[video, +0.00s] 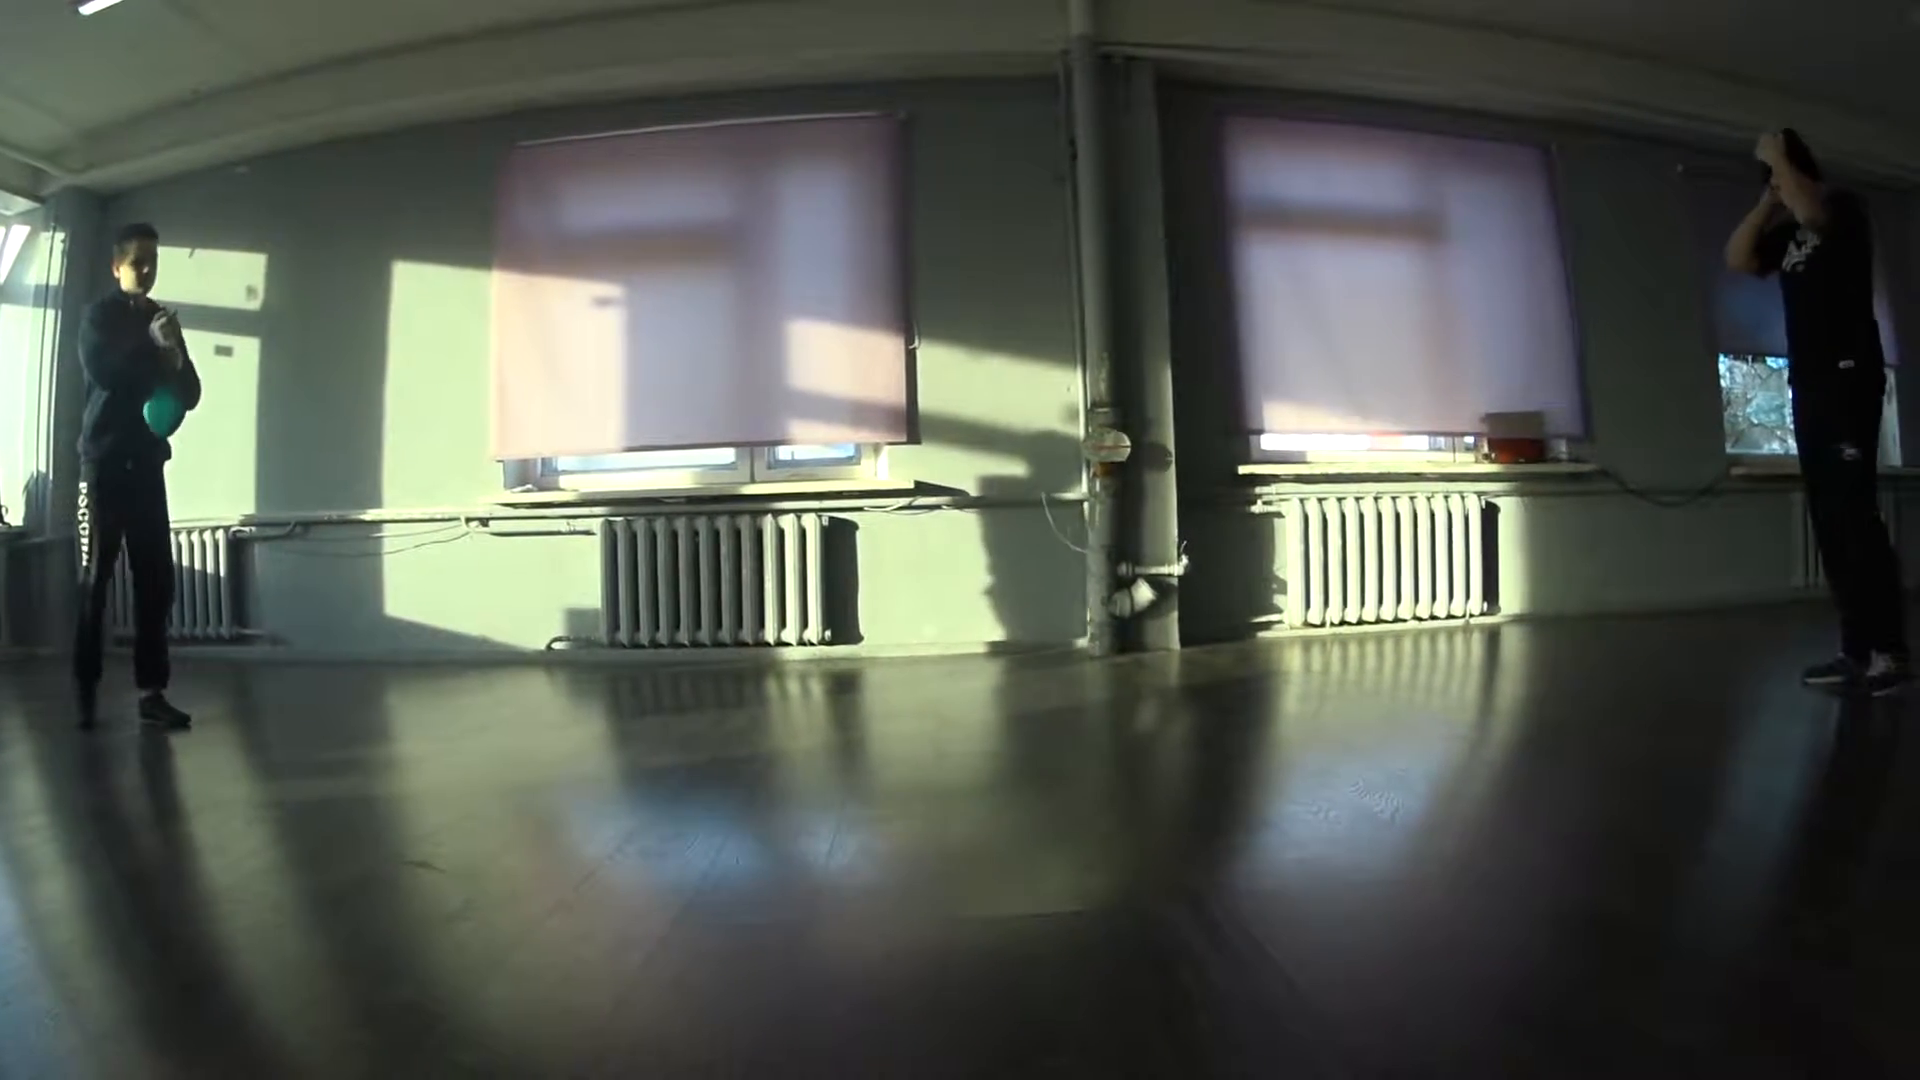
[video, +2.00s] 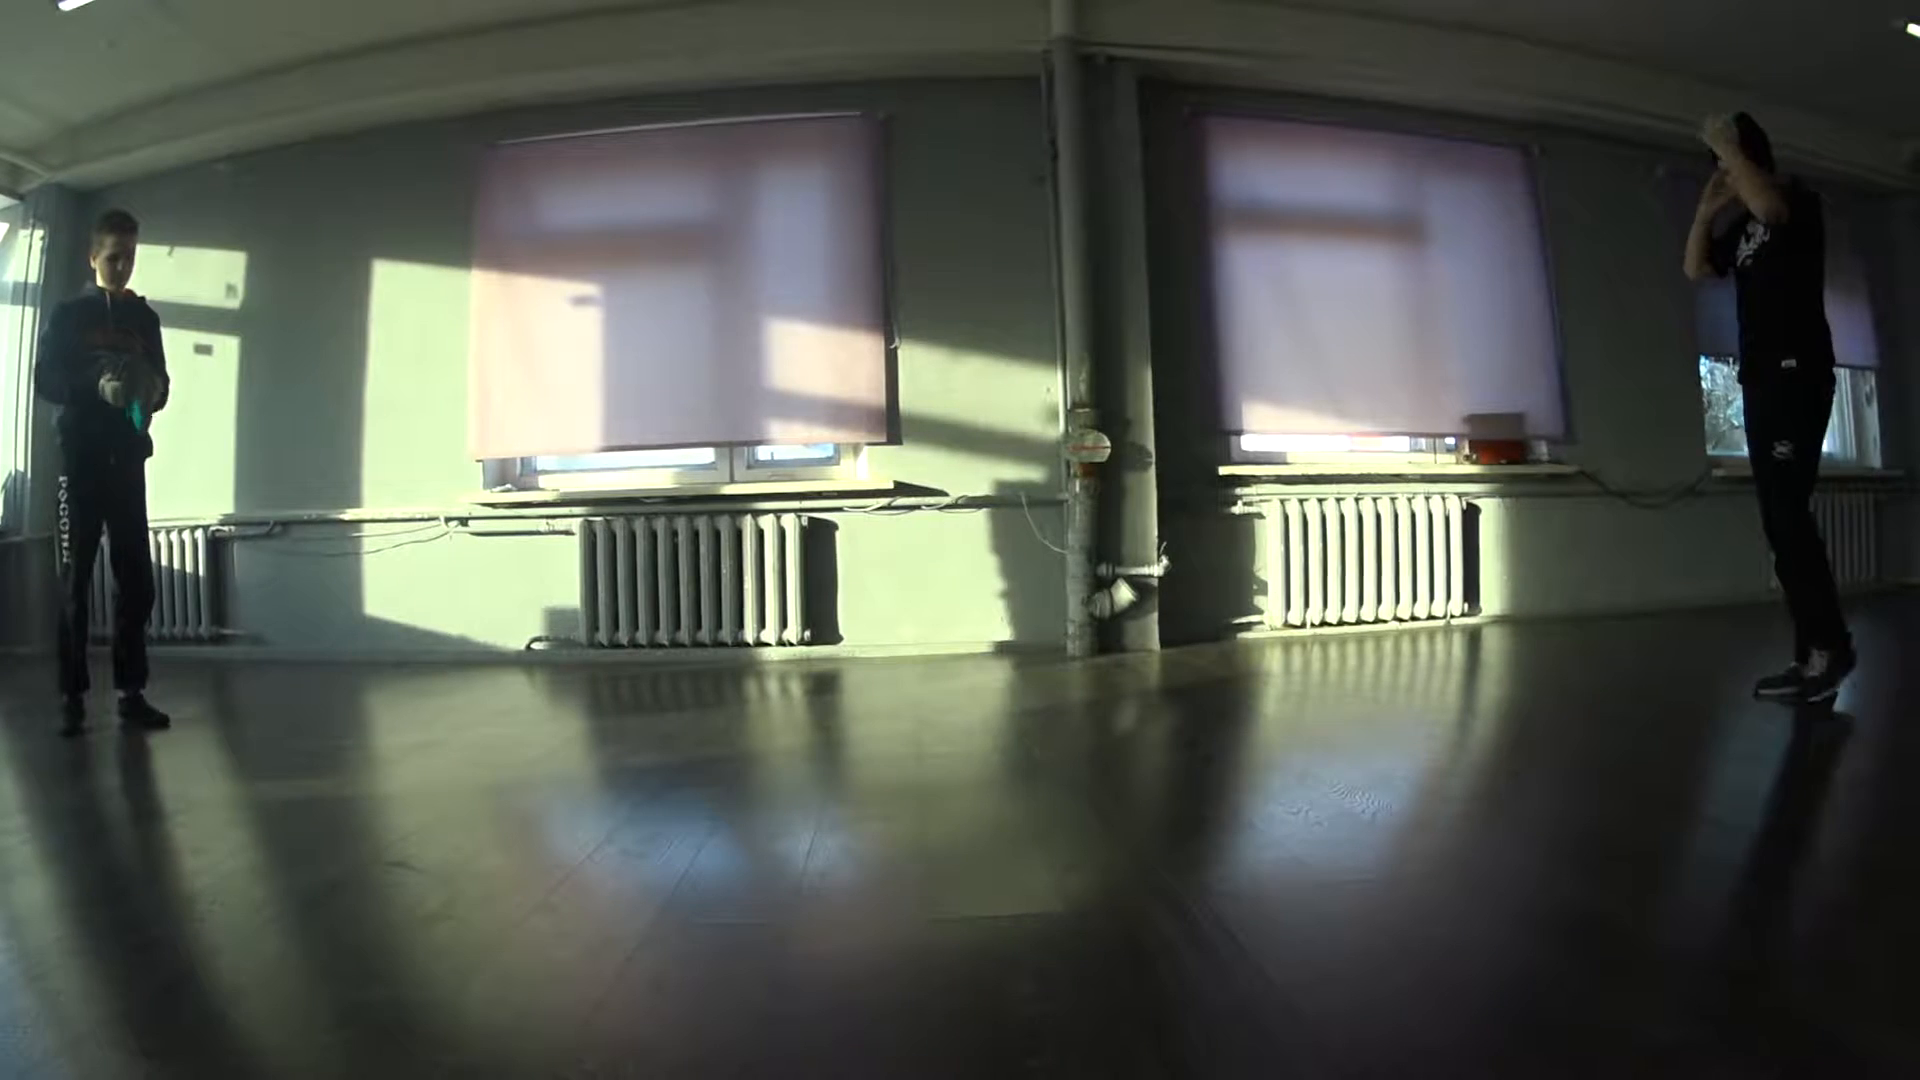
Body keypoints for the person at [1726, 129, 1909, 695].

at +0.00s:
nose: (1776, 185)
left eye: (1782, 175)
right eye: (1772, 178)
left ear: (1805, 172)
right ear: (1780, 181)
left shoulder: (1845, 216)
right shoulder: (1786, 237)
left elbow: (1809, 211)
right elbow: (1738, 259)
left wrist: (1779, 161)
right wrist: (1767, 199)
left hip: (1852, 383)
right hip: (1811, 387)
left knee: (1855, 516)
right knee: (1829, 519)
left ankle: (1888, 650)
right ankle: (1855, 652)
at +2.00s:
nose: (1725, 172)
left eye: (1729, 163)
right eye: (1723, 164)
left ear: (1752, 157)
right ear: (1734, 165)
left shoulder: (1799, 204)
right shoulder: (1740, 227)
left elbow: (1765, 205)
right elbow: (1696, 268)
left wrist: (1728, 151)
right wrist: (1707, 206)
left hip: (1801, 374)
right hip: (1762, 378)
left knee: (1788, 516)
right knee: (1779, 519)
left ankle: (1831, 650)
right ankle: (1808, 655)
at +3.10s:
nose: (1651, 160)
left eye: (1657, 146)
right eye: (1646, 151)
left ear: (1685, 140)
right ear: (1655, 153)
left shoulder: (1717, 193)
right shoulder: (1692, 204)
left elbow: (1694, 259)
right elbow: (1694, 305)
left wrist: (1623, 303)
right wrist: (1646, 361)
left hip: (1720, 379)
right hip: (1689, 381)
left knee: (1711, 517)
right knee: (1666, 519)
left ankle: (1719, 667)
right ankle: (1752, 622)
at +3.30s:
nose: (1649, 158)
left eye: (1654, 145)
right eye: (1645, 148)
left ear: (1681, 139)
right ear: (1667, 145)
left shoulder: (1712, 192)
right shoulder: (1698, 199)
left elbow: (1698, 269)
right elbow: (1691, 298)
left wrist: (1637, 320)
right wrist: (1658, 366)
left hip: (1718, 378)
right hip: (1695, 377)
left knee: (1712, 521)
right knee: (1682, 521)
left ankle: (1719, 668)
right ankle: (1761, 632)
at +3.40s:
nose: (1646, 154)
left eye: (1651, 141)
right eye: (1643, 144)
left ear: (1677, 138)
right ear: (1677, 142)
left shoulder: (1711, 194)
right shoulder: (1697, 199)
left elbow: (1709, 284)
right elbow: (1693, 301)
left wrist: (1665, 354)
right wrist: (1669, 386)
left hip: (1716, 380)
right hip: (1706, 378)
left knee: (1705, 523)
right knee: (1710, 521)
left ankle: (1721, 669)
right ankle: (1769, 642)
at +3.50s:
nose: (1645, 149)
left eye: (1650, 137)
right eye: (1643, 139)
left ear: (1676, 136)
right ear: (1680, 137)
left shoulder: (1709, 196)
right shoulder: (1699, 196)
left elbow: (1719, 295)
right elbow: (1712, 296)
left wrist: (1699, 386)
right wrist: (1694, 379)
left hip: (1722, 381)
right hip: (1716, 380)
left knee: (1716, 528)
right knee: (1722, 525)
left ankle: (1717, 670)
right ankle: (1783, 649)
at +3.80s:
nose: (1664, 149)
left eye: (1667, 138)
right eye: (1665, 138)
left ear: (1685, 141)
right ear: (1712, 138)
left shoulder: (1715, 199)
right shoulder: (1722, 197)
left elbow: (1730, 292)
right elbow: (1730, 294)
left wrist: (1741, 374)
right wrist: (1737, 378)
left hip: (1731, 385)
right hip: (1739, 381)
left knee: (1725, 527)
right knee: (1752, 523)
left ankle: (1716, 670)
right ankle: (1802, 656)